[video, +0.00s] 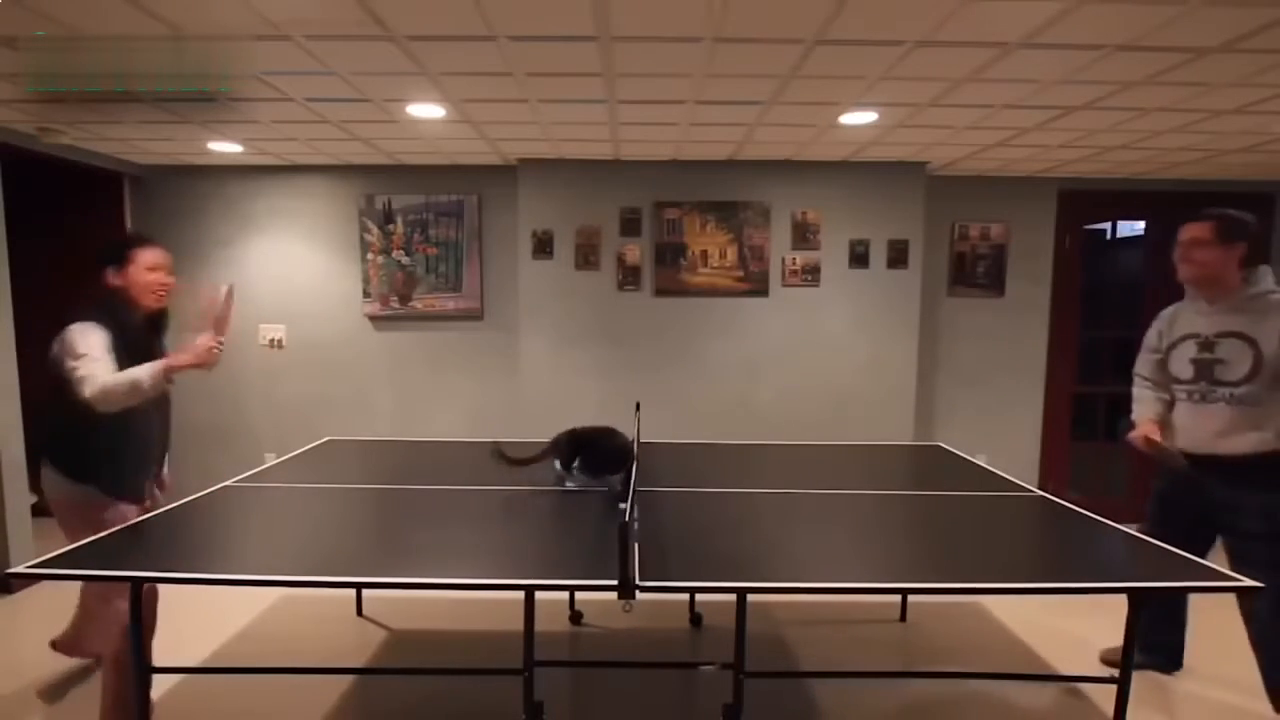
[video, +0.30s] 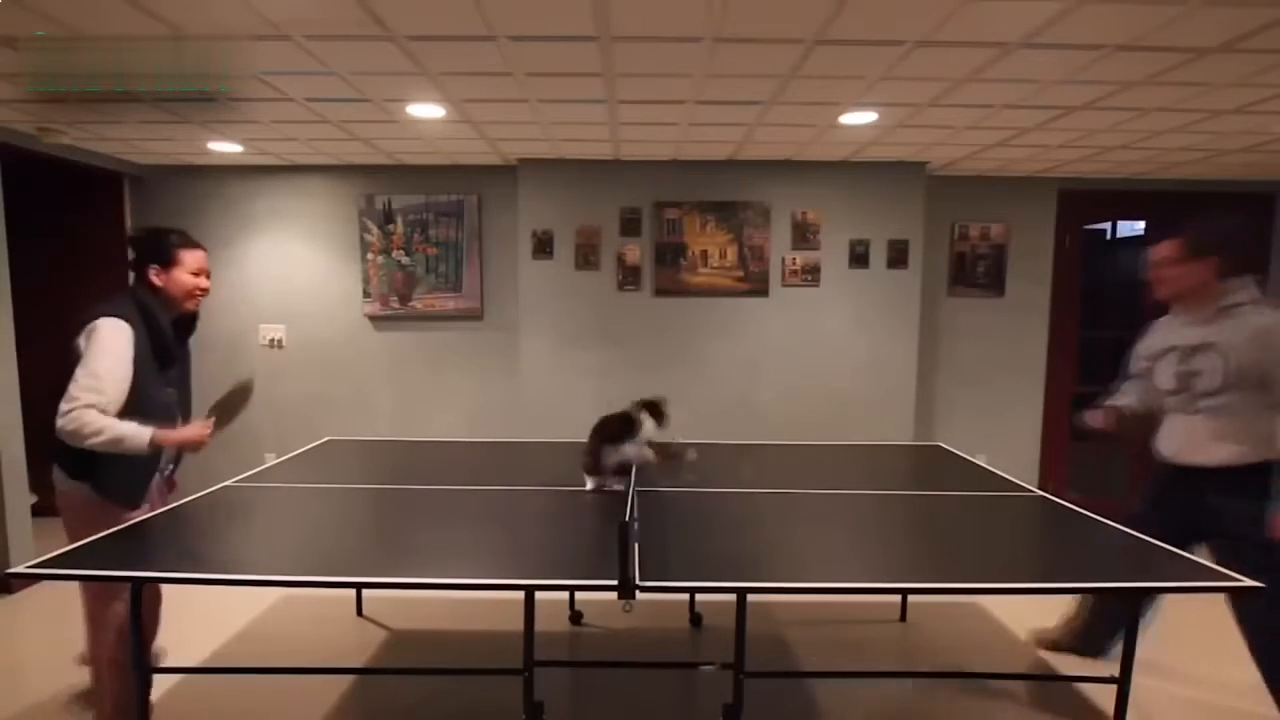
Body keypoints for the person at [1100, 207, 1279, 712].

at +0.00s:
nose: (1183, 256)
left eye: (1197, 247)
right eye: (1180, 247)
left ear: (1235, 253)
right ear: (1176, 256)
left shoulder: (1271, 309)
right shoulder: (1169, 321)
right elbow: (1149, 381)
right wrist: (1146, 421)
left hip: (1257, 470)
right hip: (1185, 467)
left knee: (1266, 589)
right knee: (1158, 561)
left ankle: (1277, 686)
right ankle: (1155, 651)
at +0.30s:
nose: (1158, 277)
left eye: (1169, 265)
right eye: (1154, 268)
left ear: (1207, 267)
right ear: (1155, 276)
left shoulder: (1260, 322)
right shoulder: (1158, 335)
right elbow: (1142, 390)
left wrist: (1277, 501)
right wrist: (1112, 411)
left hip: (1247, 478)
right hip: (1176, 476)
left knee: (1260, 598)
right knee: (1136, 558)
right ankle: (1087, 635)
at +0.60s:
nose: (1055, 292)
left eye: (1065, 281)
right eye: (1051, 283)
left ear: (1100, 286)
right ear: (1052, 289)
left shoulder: (1156, 338)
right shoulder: (1052, 339)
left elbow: (1198, 408)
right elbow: (1000, 351)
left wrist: (1206, 477)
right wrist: (943, 351)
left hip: (1164, 473)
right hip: (1100, 470)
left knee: (1208, 587)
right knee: (1068, 547)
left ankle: (1267, 692)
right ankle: (1071, 631)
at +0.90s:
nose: (1079, 273)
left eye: (1090, 264)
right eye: (1077, 264)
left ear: (1124, 270)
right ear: (1074, 272)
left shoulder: (1183, 324)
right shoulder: (1084, 333)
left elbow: (1229, 397)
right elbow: (1101, 395)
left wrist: (1239, 473)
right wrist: (1089, 426)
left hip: (1185, 469)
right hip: (1118, 467)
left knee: (1230, 585)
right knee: (1092, 550)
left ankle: (1275, 686)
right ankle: (1076, 630)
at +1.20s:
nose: (1212, 253)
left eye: (1226, 241)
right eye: (1210, 242)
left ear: (1262, 250)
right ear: (1205, 251)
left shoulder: (1276, 310)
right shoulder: (1191, 313)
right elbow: (1174, 379)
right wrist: (1161, 408)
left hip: (1265, 471)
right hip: (1201, 465)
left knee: (1266, 589)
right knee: (1167, 562)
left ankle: (1270, 692)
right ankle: (1122, 648)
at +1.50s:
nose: (1201, 256)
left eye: (1215, 246)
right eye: (1199, 247)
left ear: (1255, 252)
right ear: (1196, 254)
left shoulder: (1273, 313)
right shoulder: (1189, 314)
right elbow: (1164, 380)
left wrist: (1278, 498)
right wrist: (1134, 396)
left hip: (1250, 476)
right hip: (1183, 469)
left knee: (1249, 592)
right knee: (1143, 565)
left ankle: (1270, 697)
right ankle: (1095, 653)